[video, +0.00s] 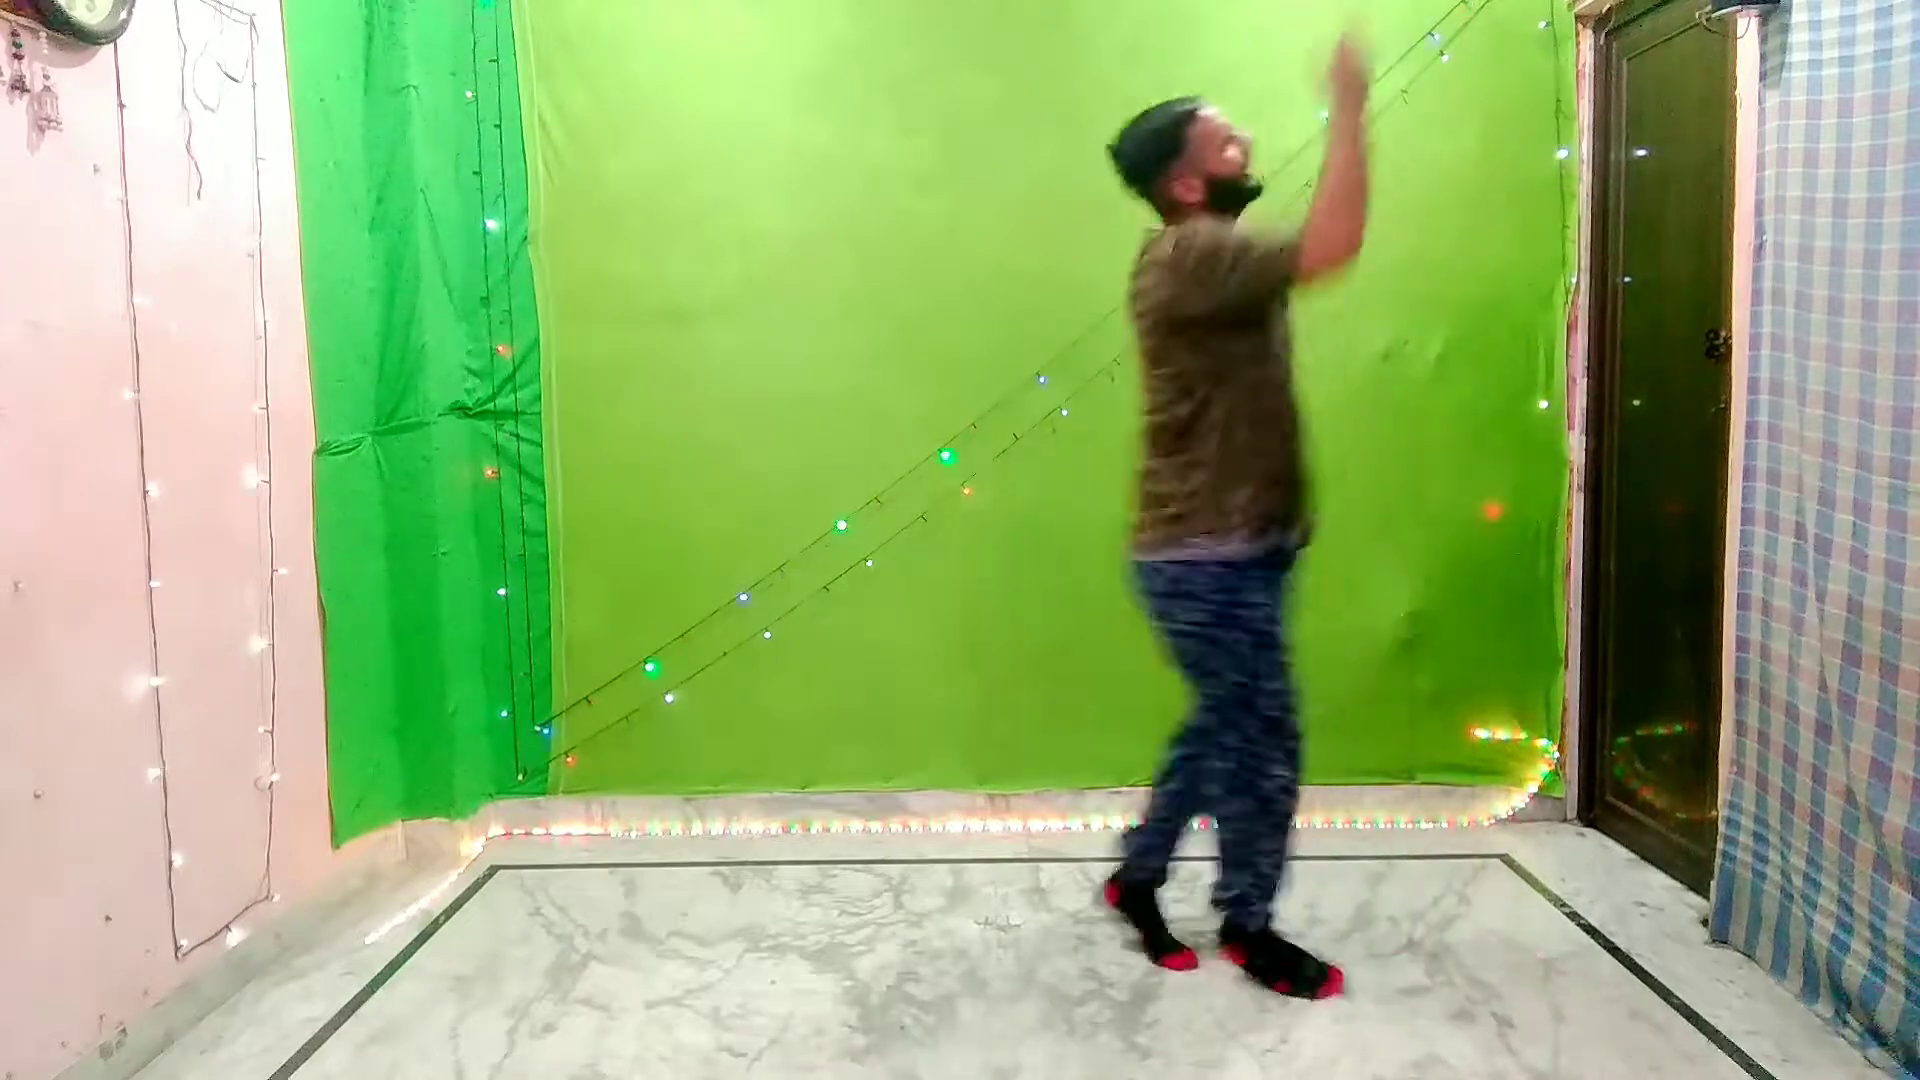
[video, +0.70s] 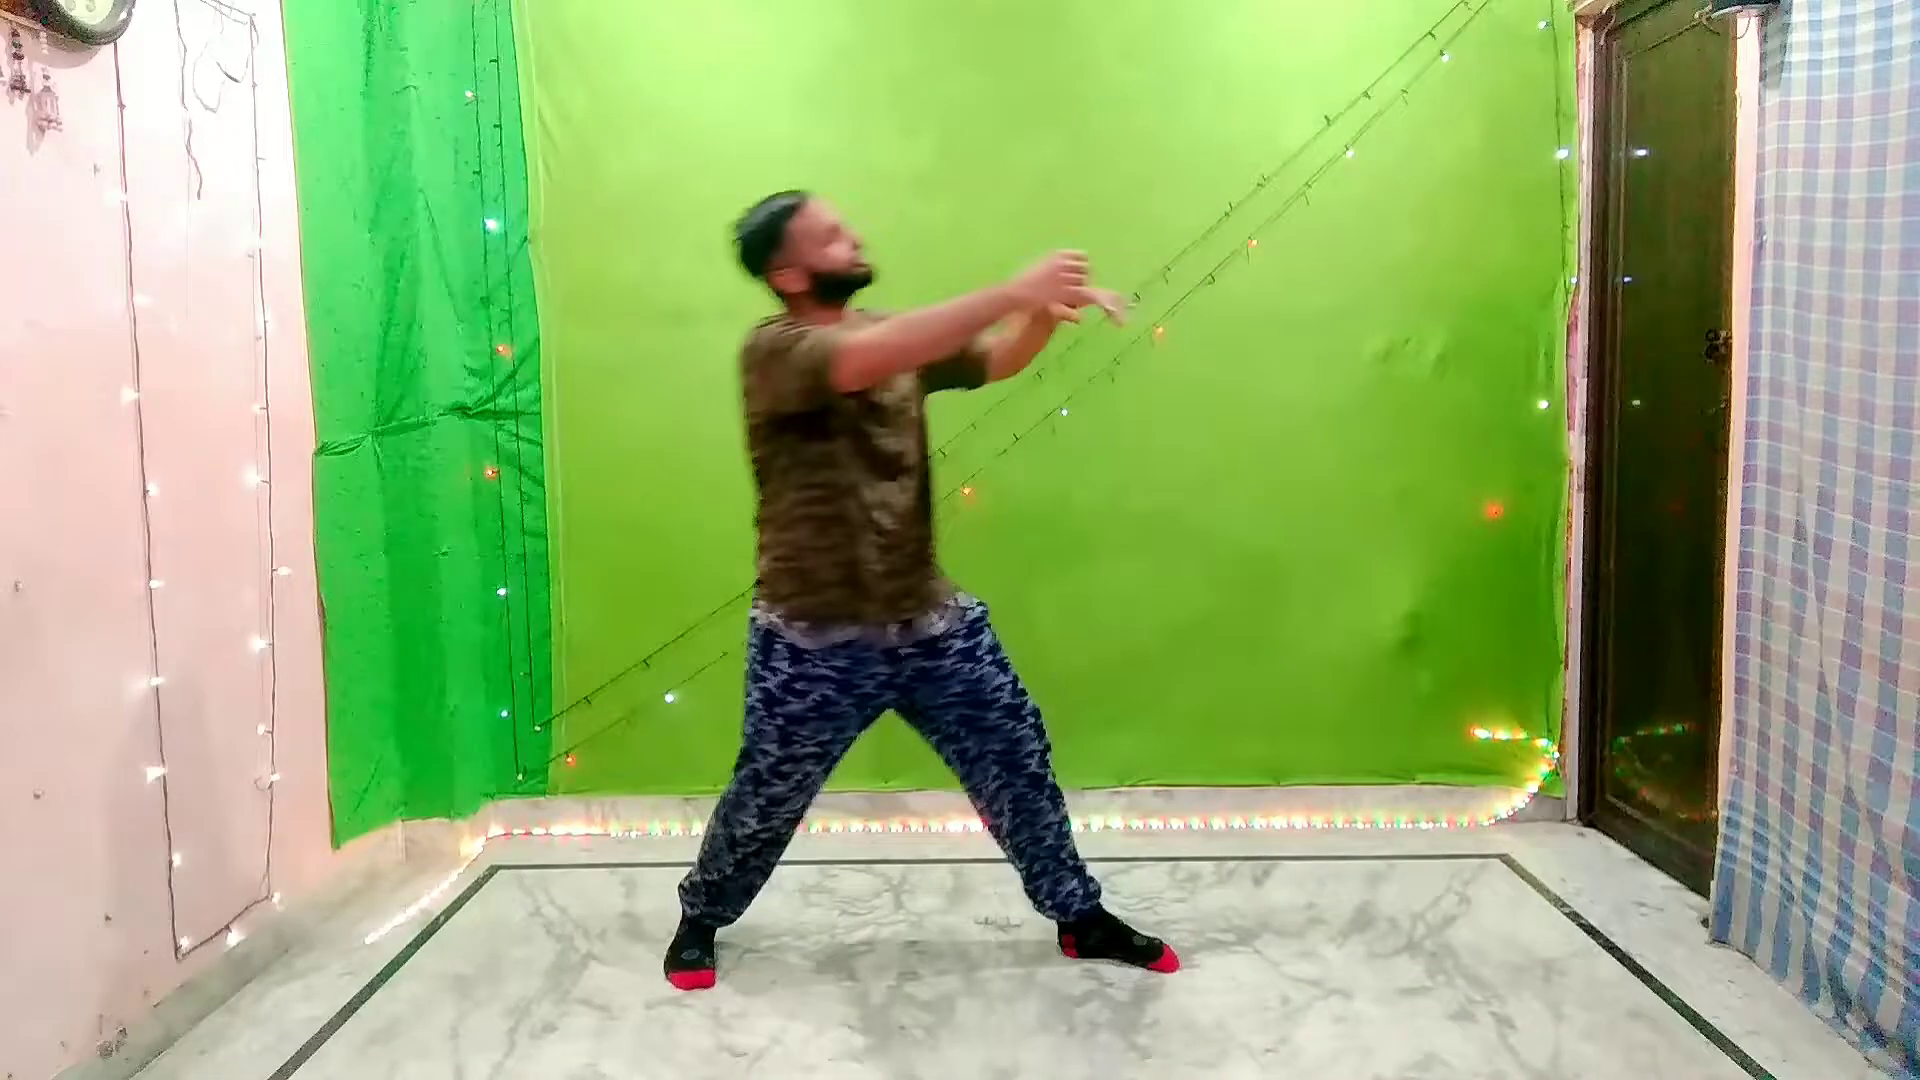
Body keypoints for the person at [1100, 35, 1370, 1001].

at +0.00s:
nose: (1241, 139)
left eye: (1229, 128)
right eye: (1221, 133)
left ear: (1182, 174)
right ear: (1184, 171)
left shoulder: (1201, 255)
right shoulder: (1190, 258)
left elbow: (1325, 244)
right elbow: (1330, 244)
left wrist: (1348, 123)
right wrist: (1350, 109)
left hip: (1228, 553)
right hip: (1207, 562)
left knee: (1224, 719)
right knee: (1262, 741)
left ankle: (1139, 875)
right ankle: (1247, 927)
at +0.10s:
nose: (1221, 146)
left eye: (1209, 136)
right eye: (1200, 146)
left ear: (1181, 197)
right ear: (1170, 196)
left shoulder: (1206, 265)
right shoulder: (1173, 269)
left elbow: (1293, 333)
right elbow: (1297, 333)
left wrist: (1320, 205)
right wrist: (1324, 203)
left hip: (1172, 550)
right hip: (1139, 551)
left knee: (1187, 726)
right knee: (1193, 729)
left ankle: (1124, 892)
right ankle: (1143, 908)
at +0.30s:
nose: (1151, 232)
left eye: (1140, 220)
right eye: (1130, 228)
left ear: (1101, 265)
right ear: (1092, 262)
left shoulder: (1116, 341)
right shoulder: (1083, 341)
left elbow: (1178, 409)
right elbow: (1202, 411)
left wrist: (1197, 466)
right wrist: (1293, 332)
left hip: (1068, 614)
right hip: (985, 607)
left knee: (1140, 733)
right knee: (898, 763)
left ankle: (1109, 911)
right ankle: (754, 882)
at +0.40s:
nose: (1094, 233)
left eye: (1084, 222)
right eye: (1073, 228)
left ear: (1048, 269)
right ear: (1036, 268)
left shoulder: (1071, 338)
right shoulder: (1028, 335)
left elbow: (1149, 367)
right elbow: (1150, 365)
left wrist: (1185, 407)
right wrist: (1260, 330)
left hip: (1038, 620)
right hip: (939, 613)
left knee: (1109, 737)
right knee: (859, 766)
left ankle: (1106, 911)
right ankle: (725, 894)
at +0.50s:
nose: (1022, 229)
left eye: (1015, 218)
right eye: (1004, 221)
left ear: (987, 250)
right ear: (962, 252)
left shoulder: (1001, 332)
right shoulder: (947, 330)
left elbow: (1081, 338)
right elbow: (1059, 348)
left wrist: (1147, 351)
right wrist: (1197, 312)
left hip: (999, 616)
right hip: (897, 614)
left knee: (1076, 739)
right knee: (826, 771)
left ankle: (1102, 911)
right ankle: (710, 904)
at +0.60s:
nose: (943, 223)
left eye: (938, 211)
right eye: (923, 217)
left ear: (923, 247)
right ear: (886, 252)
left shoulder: (946, 332)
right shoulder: (872, 333)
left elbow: (1023, 349)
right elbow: (992, 340)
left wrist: (1109, 325)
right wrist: (1120, 301)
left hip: (963, 616)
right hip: (859, 620)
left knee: (1046, 740)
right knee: (796, 778)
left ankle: (1096, 912)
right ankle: (701, 915)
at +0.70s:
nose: (850, 238)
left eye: (843, 227)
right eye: (828, 235)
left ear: (842, 248)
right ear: (784, 274)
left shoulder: (889, 337)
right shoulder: (775, 351)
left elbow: (991, 358)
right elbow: (876, 354)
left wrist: (1046, 312)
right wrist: (1016, 291)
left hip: (924, 616)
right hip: (814, 630)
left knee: (1012, 754)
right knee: (770, 796)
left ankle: (1081, 917)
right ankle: (697, 926)